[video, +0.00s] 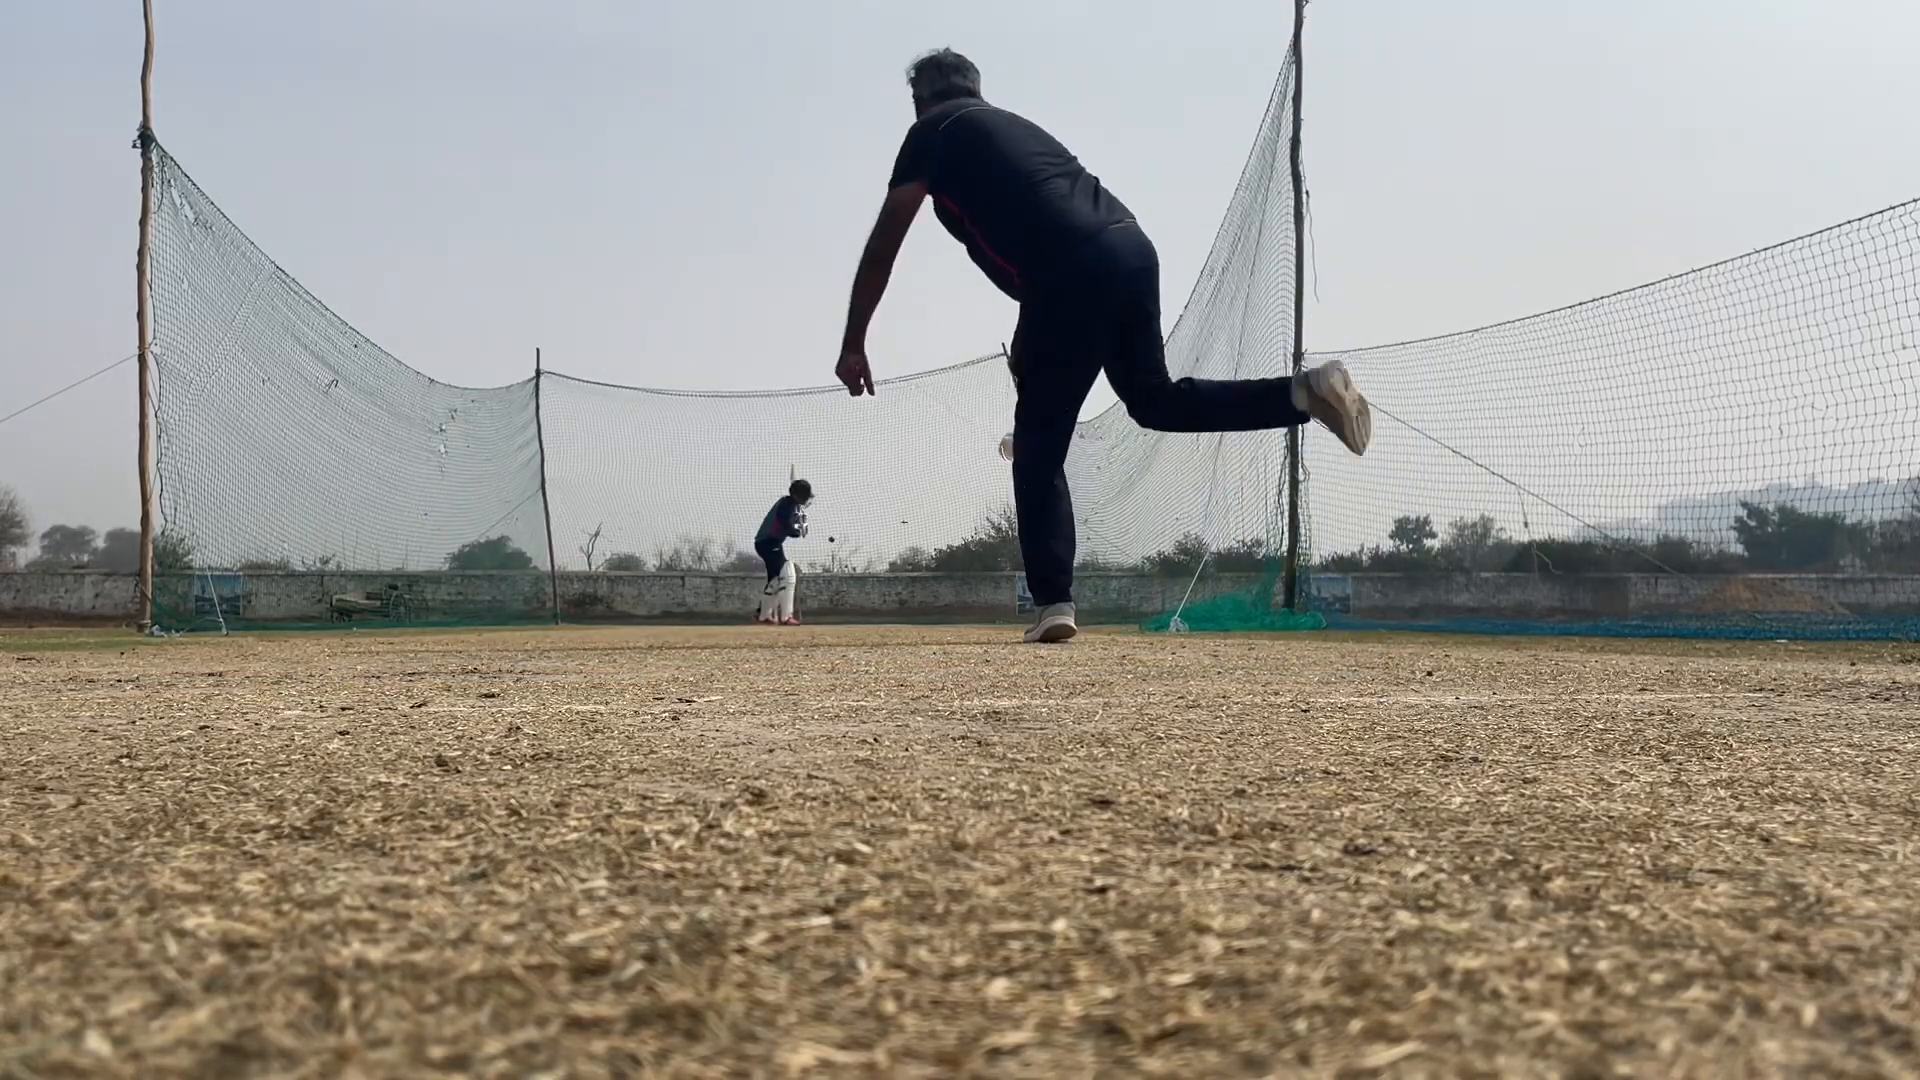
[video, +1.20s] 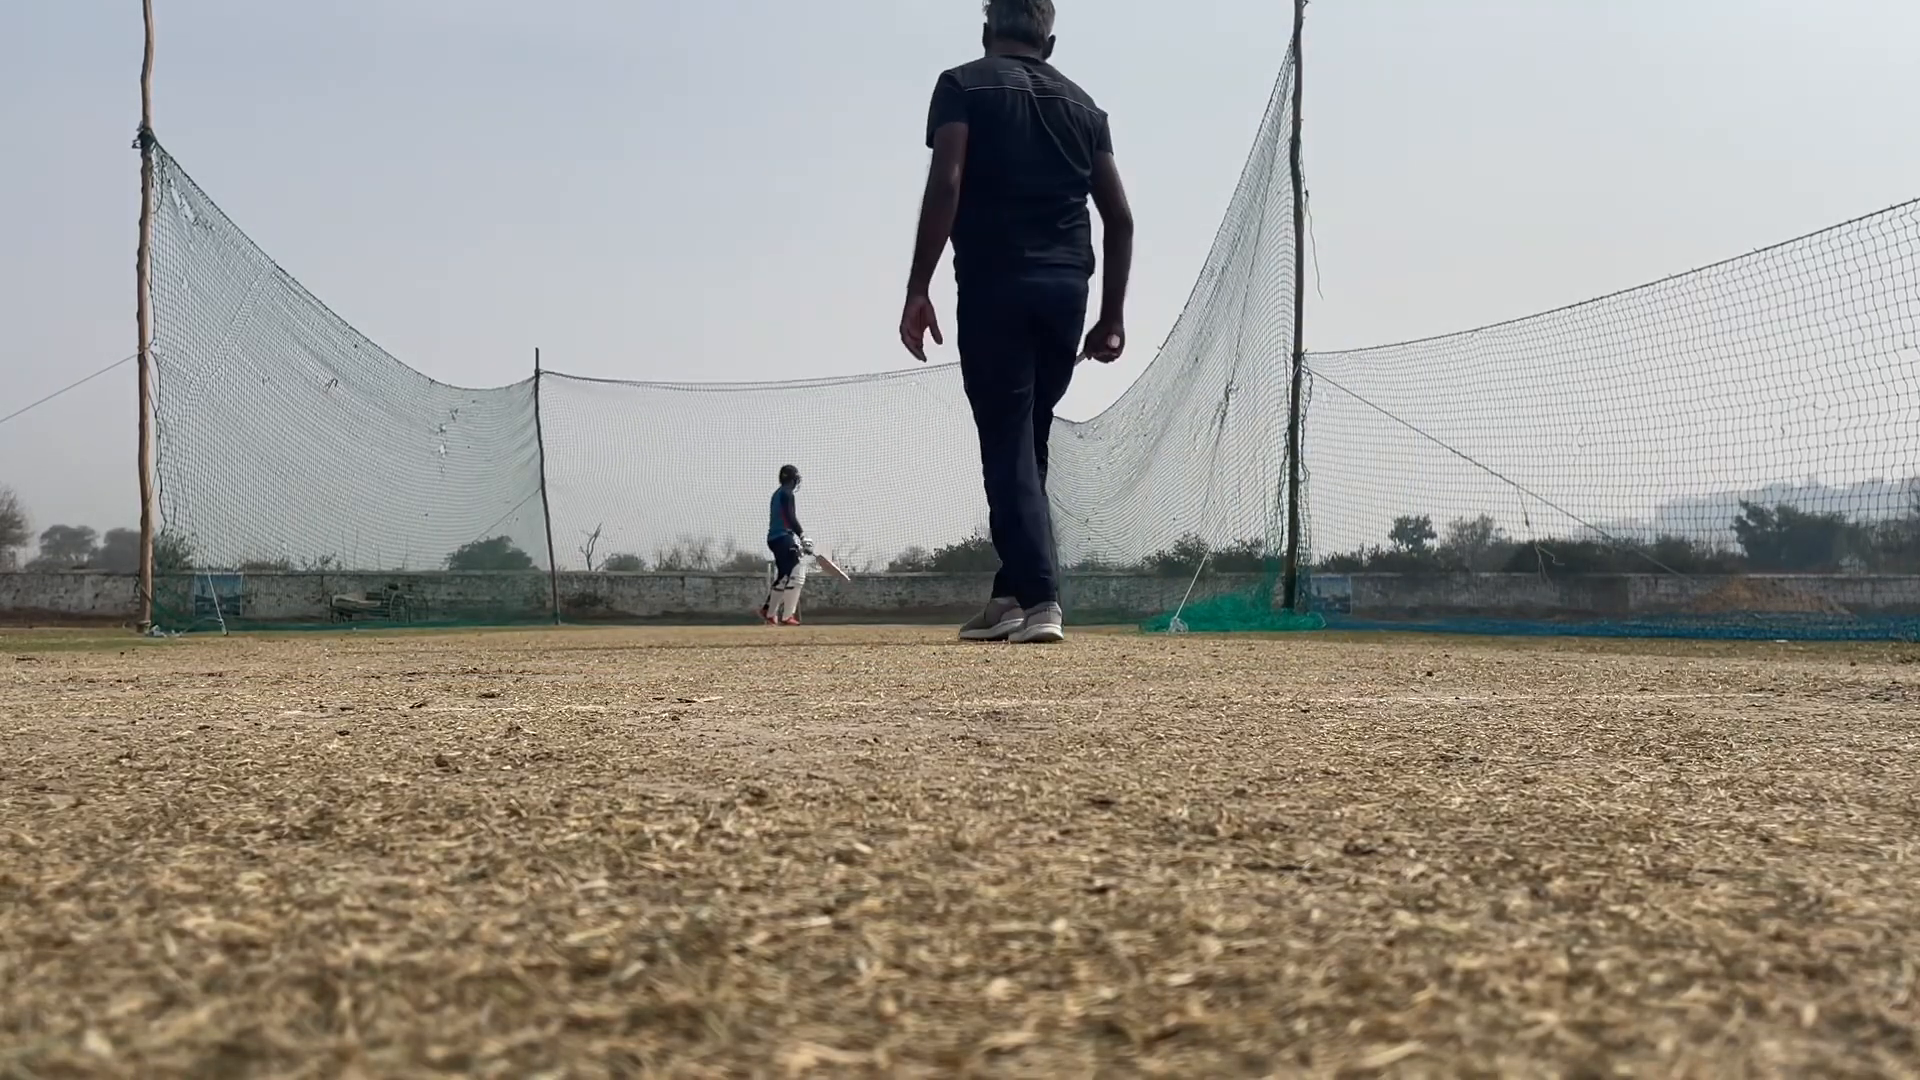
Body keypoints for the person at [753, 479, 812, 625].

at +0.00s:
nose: (806, 500)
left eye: (807, 497)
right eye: (805, 497)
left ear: (795, 494)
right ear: (797, 495)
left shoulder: (792, 504)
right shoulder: (787, 506)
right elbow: (788, 528)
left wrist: (800, 521)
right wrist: (799, 532)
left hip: (773, 542)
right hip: (767, 543)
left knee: (776, 578)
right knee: (783, 576)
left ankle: (765, 614)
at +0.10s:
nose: (810, 498)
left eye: (811, 495)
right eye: (809, 494)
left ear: (796, 490)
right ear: (804, 493)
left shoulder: (784, 498)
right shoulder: (792, 504)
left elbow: (771, 507)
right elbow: (800, 530)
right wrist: (806, 522)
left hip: (766, 542)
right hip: (774, 543)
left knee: (778, 578)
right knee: (791, 575)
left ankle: (767, 614)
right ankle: (787, 616)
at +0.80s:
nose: (812, 488)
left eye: (813, 484)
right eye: (812, 484)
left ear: (796, 482)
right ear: (807, 485)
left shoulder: (785, 496)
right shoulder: (797, 499)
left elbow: (772, 512)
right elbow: (807, 523)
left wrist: (789, 516)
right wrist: (813, 526)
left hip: (773, 541)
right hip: (783, 541)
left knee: (782, 576)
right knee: (797, 575)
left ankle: (770, 611)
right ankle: (788, 615)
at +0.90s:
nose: (809, 485)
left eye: (809, 481)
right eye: (808, 481)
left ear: (794, 481)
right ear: (802, 482)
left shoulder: (785, 495)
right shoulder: (795, 497)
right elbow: (803, 520)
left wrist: (811, 525)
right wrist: (813, 531)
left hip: (774, 540)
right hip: (783, 541)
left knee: (783, 577)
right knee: (798, 574)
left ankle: (771, 613)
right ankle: (788, 616)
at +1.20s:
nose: (798, 482)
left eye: (798, 479)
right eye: (796, 479)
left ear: (783, 478)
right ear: (792, 479)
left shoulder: (778, 494)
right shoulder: (787, 494)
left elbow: (783, 520)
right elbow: (790, 518)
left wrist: (797, 538)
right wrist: (802, 536)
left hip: (775, 537)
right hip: (783, 536)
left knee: (783, 574)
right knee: (794, 573)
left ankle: (770, 610)